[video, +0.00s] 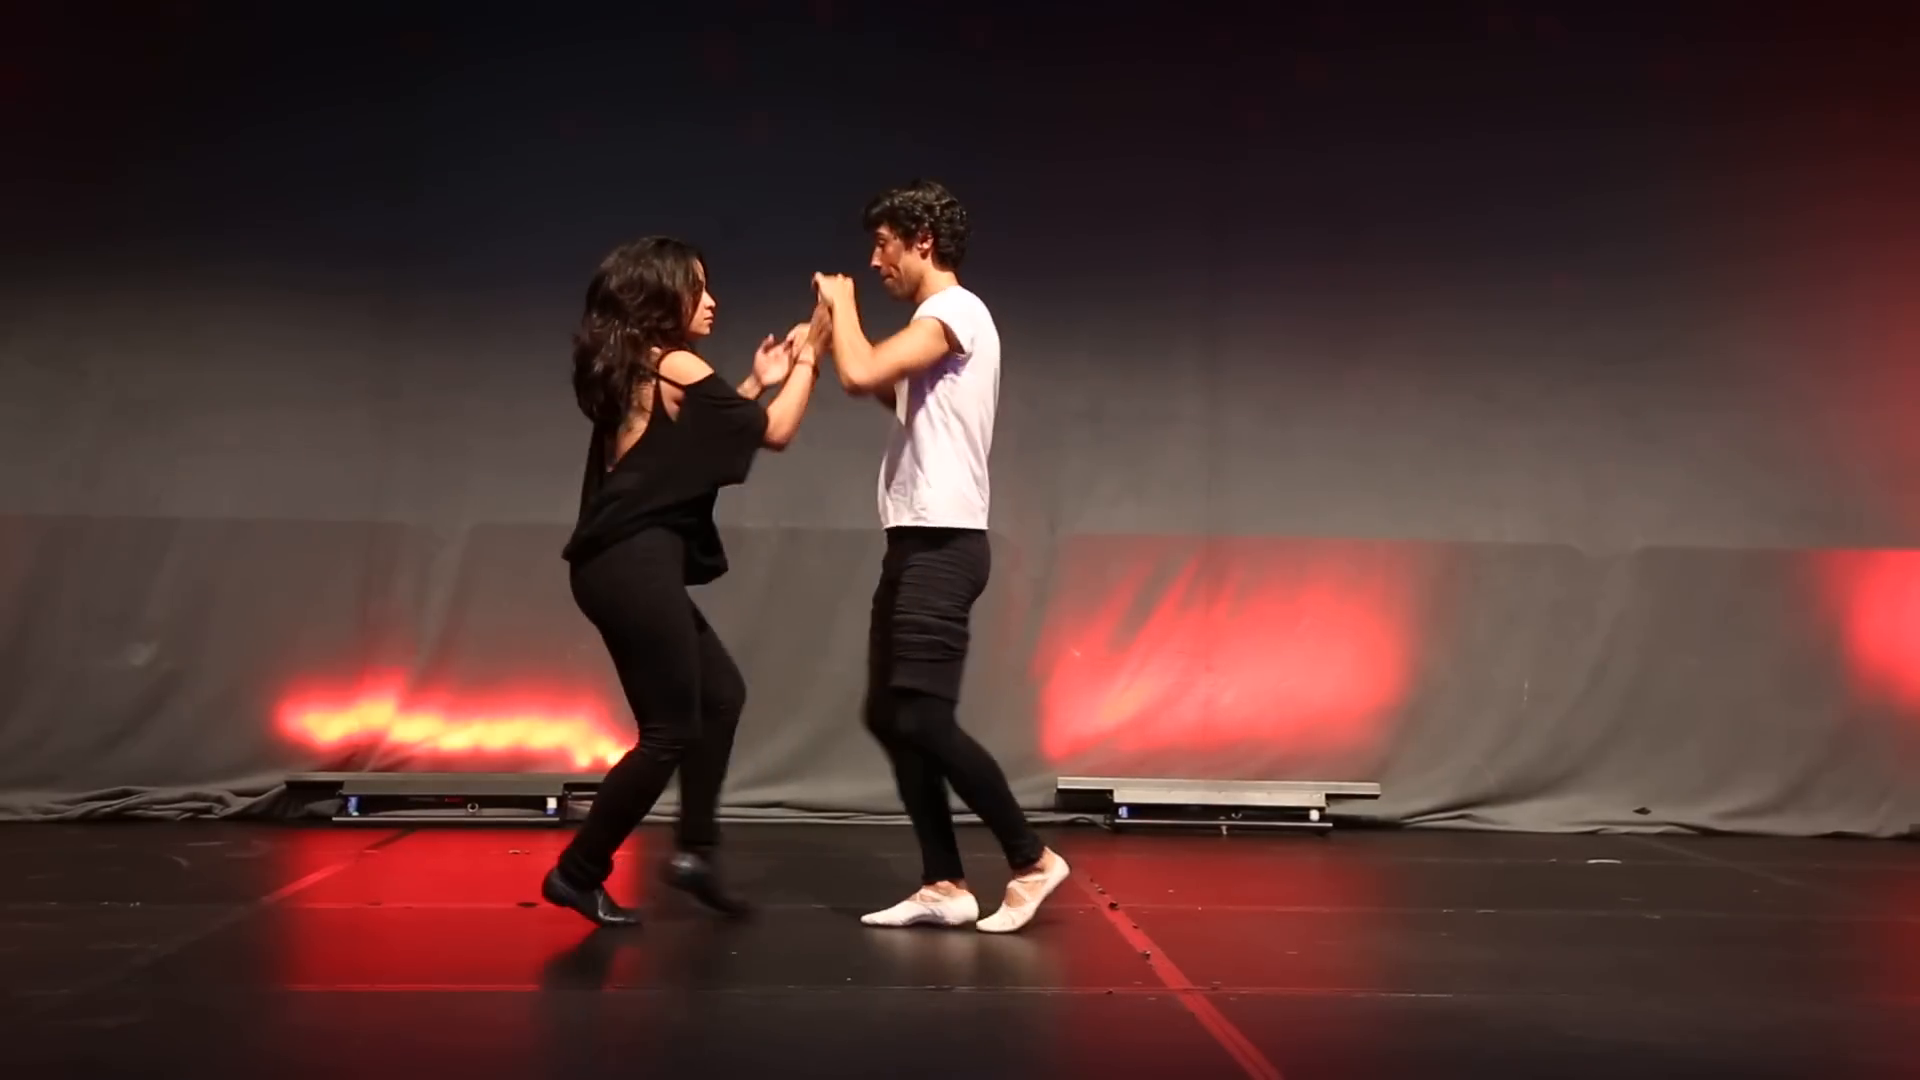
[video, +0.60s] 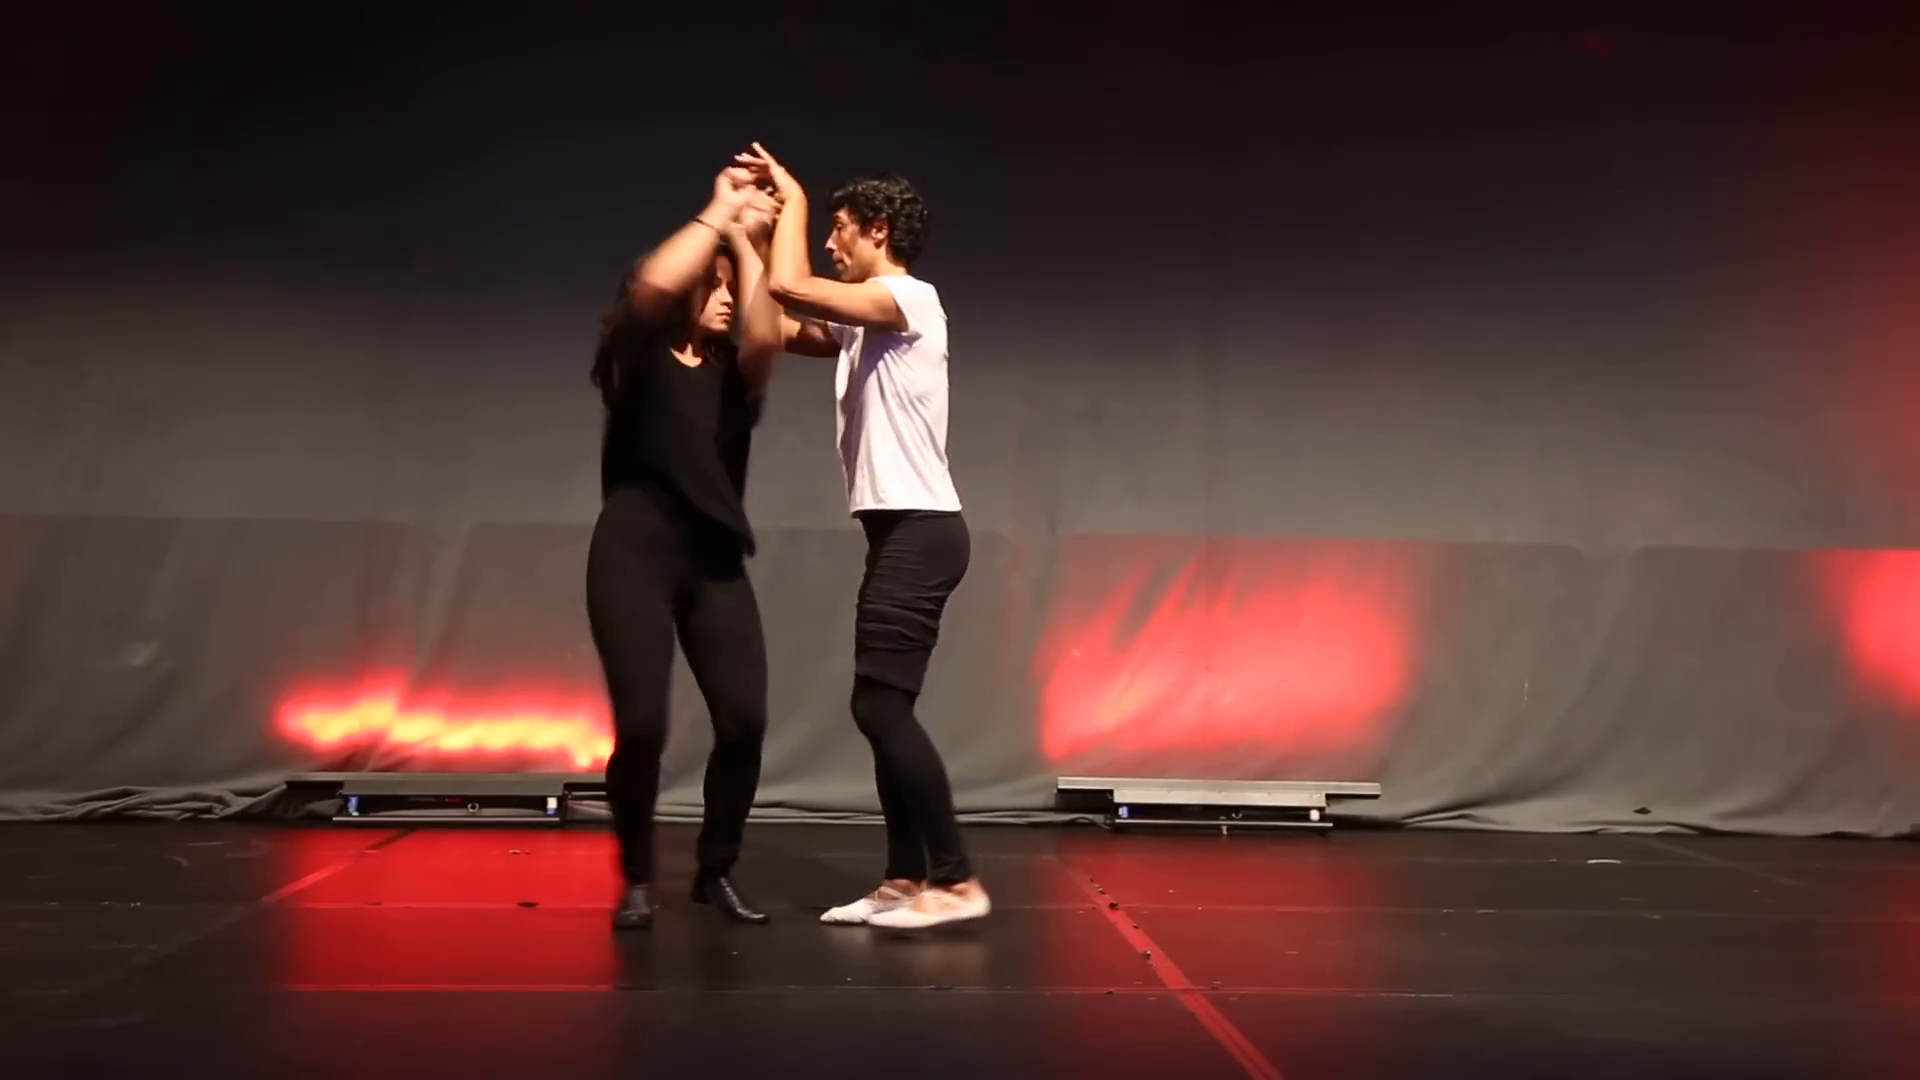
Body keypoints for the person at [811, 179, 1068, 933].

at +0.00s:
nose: (878, 263)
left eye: (884, 248)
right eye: (876, 251)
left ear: (923, 242)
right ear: (922, 247)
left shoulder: (960, 310)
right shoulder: (935, 323)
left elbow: (861, 371)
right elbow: (878, 384)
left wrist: (841, 303)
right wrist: (833, 336)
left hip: (945, 539)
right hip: (913, 538)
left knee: (923, 713)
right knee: (891, 712)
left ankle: (1033, 862)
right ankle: (946, 885)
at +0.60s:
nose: (833, 245)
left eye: (843, 230)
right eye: (835, 232)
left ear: (878, 233)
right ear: (872, 237)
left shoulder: (910, 300)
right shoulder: (870, 321)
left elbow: (793, 284)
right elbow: (778, 325)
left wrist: (793, 200)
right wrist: (753, 229)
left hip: (920, 528)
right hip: (897, 529)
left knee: (885, 707)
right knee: (880, 710)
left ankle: (955, 883)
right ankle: (906, 879)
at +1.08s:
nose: (880, 236)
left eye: (885, 222)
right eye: (882, 222)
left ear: (914, 221)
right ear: (945, 228)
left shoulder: (926, 288)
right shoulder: (977, 309)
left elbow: (793, 318)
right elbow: (884, 400)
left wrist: (805, 243)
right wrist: (817, 294)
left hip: (919, 524)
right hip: (937, 523)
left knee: (901, 709)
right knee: (883, 700)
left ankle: (955, 908)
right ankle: (904, 880)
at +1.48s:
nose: (918, 228)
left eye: (923, 213)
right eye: (921, 214)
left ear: (947, 218)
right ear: (987, 226)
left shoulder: (956, 293)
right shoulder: (1003, 311)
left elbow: (822, 330)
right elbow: (915, 428)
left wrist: (820, 252)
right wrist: (861, 338)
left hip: (948, 539)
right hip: (1005, 538)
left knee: (908, 724)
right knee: (984, 728)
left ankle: (955, 912)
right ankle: (1041, 902)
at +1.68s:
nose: (903, 216)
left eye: (908, 204)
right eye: (906, 202)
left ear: (921, 215)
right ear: (985, 225)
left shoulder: (894, 287)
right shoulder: (1015, 310)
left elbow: (772, 300)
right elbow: (943, 310)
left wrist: (821, 219)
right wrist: (884, 255)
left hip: (924, 535)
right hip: (1003, 538)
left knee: (878, 719)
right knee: (997, 729)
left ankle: (892, 911)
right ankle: (1058, 909)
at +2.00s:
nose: (939, 241)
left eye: (938, 226)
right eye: (932, 225)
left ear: (854, 226)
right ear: (898, 226)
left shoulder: (791, 306)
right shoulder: (934, 289)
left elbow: (790, 322)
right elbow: (1060, 243)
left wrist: (836, 264)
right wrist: (983, 178)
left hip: (821, 531)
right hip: (897, 522)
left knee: (860, 734)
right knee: (966, 724)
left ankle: (823, 922)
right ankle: (1059, 889)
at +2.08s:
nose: (937, 241)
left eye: (937, 227)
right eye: (929, 228)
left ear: (865, 230)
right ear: (889, 231)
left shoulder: (796, 309)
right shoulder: (915, 285)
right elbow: (1035, 204)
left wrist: (943, 315)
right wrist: (971, 151)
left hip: (812, 532)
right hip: (882, 524)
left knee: (854, 734)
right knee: (922, 705)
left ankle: (822, 922)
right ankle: (955, 873)